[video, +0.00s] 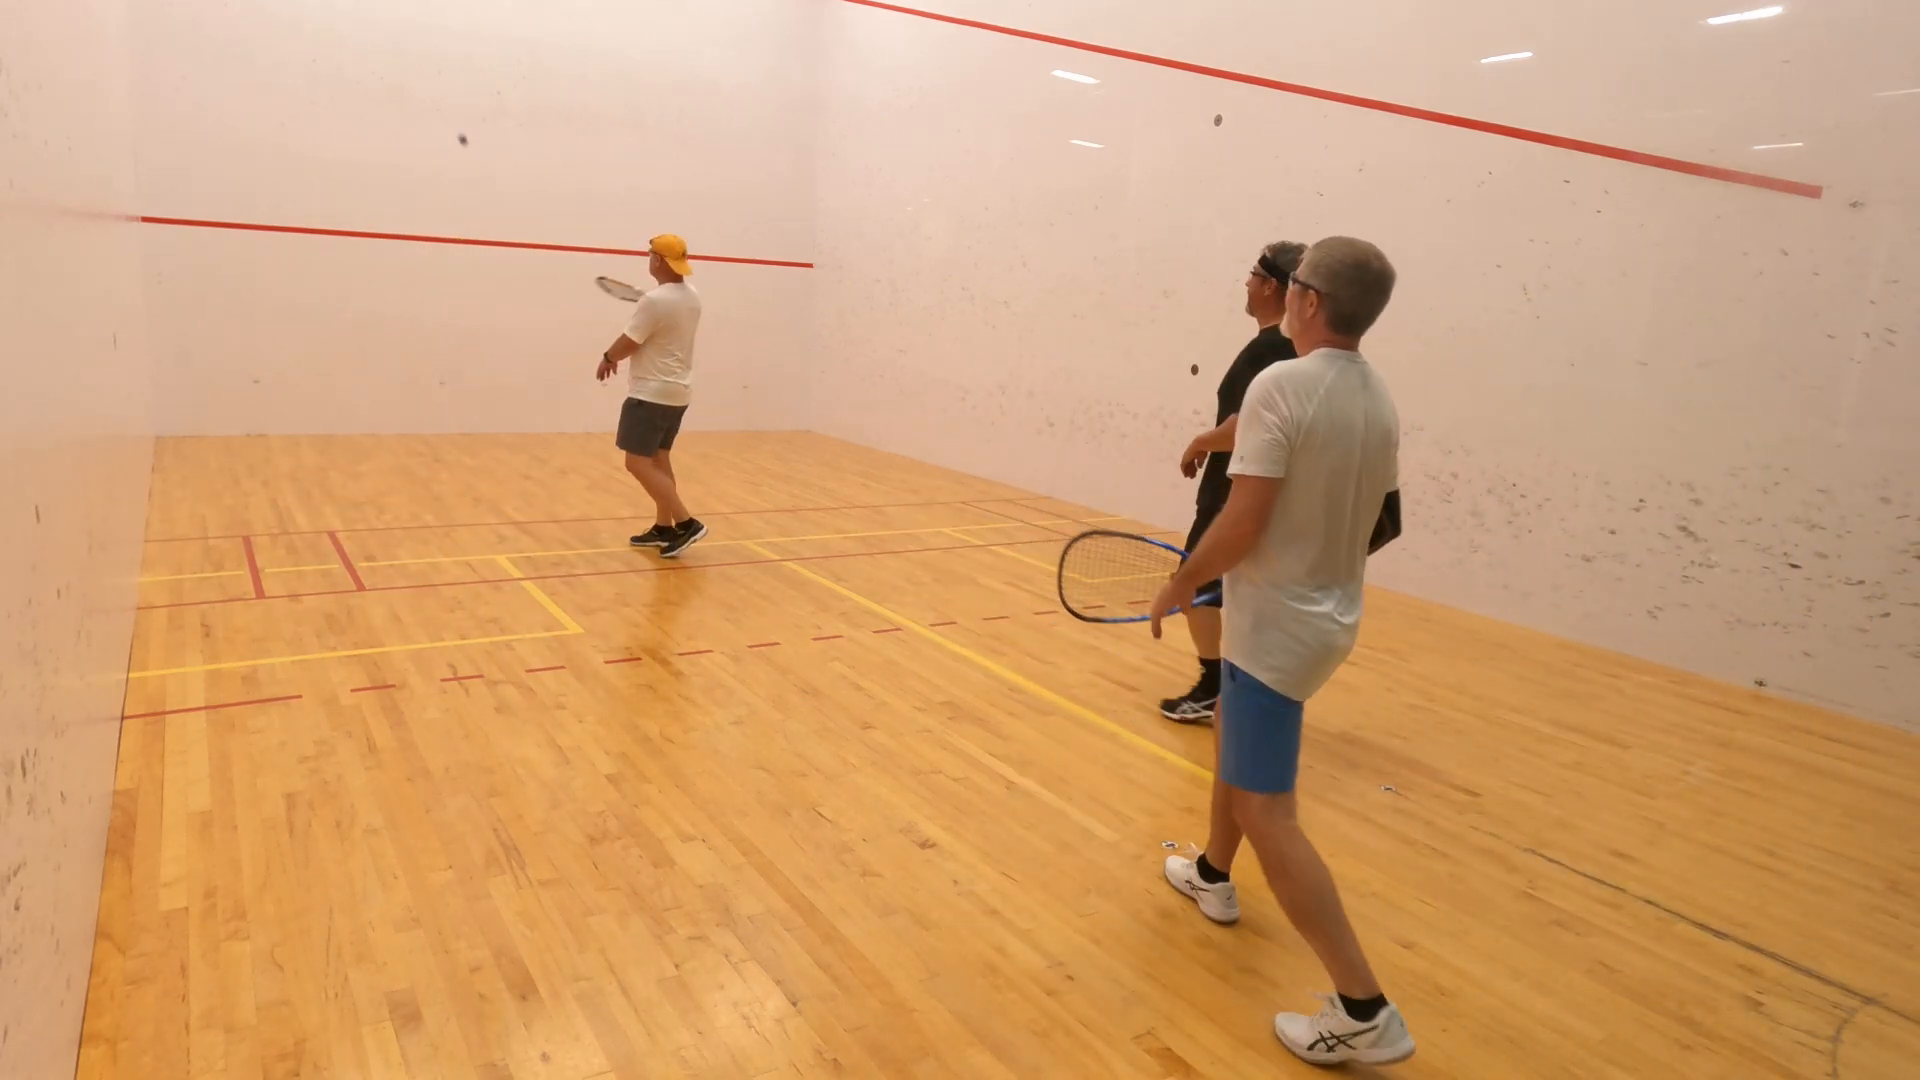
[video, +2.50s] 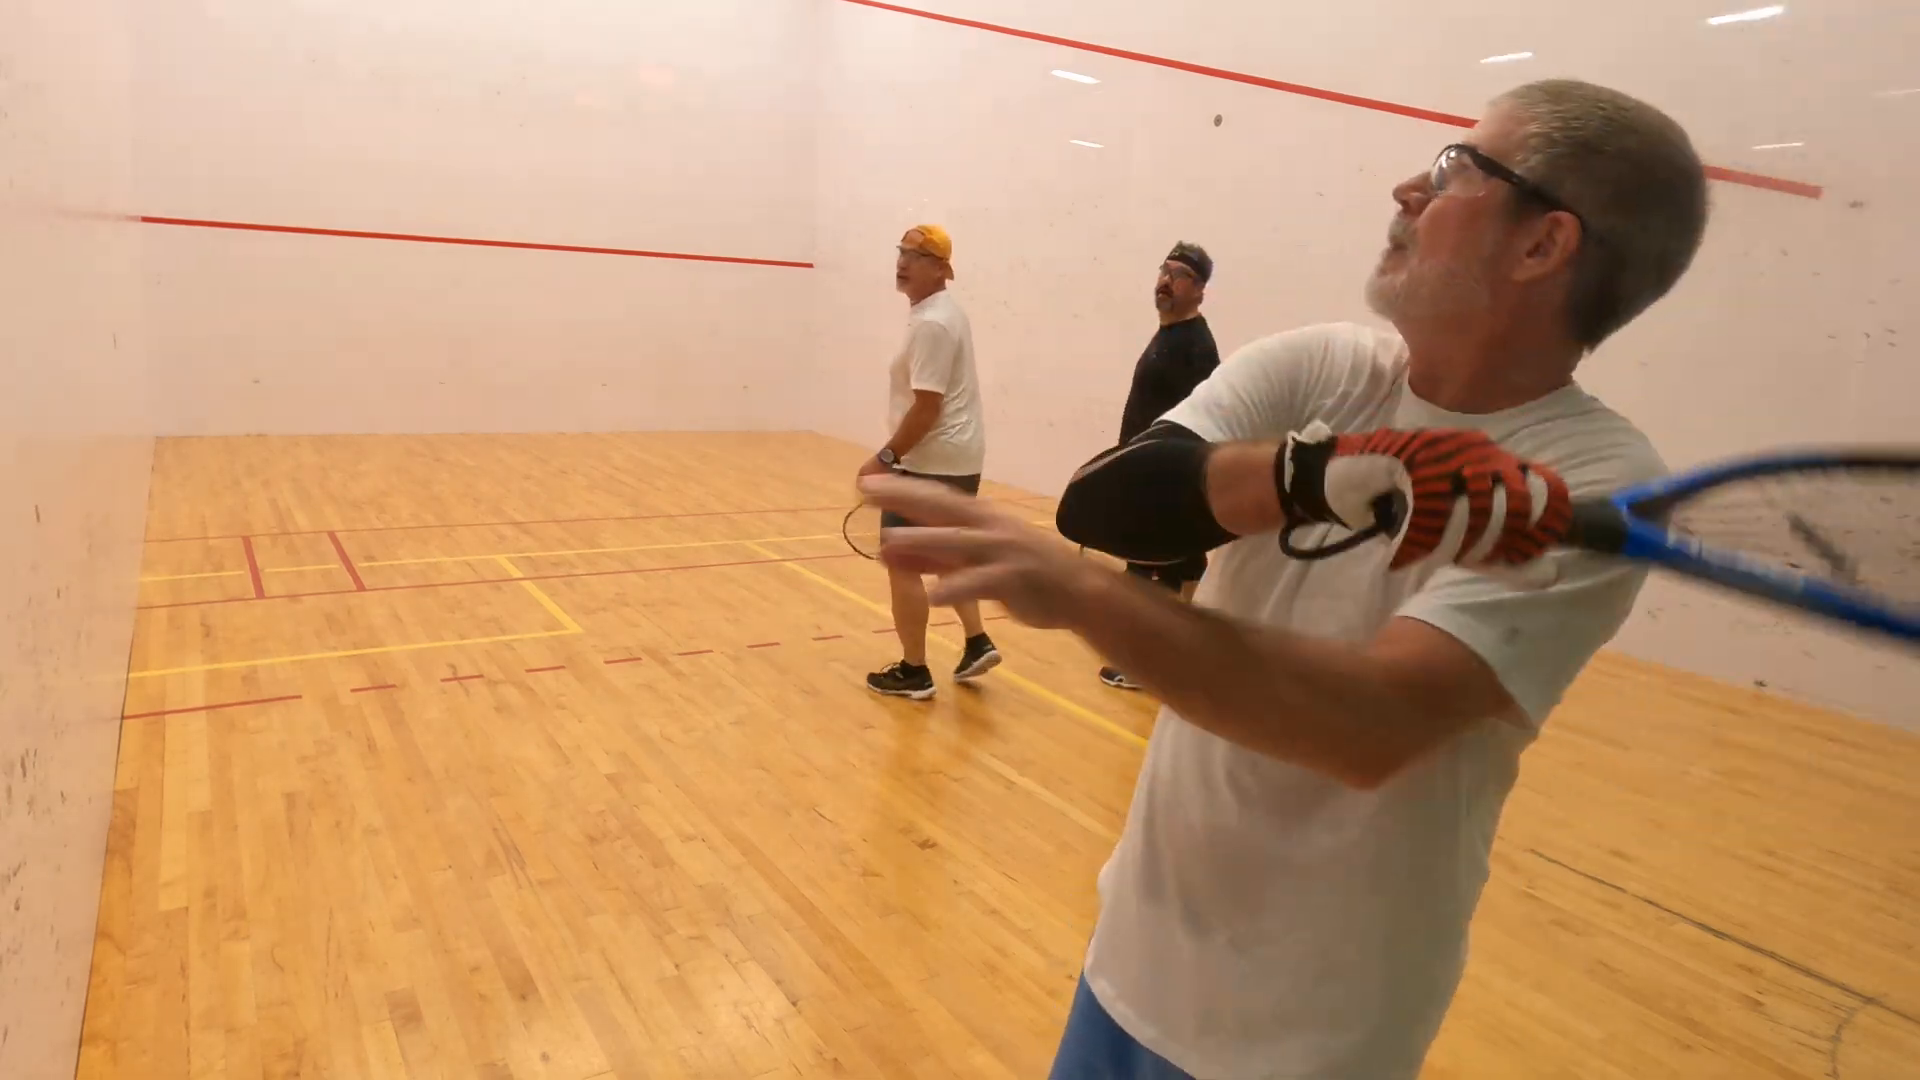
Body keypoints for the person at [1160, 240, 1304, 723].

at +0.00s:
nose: (1246, 283)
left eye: (1256, 276)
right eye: (1252, 274)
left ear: (1274, 289)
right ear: (1282, 292)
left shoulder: (1268, 352)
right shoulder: (1290, 350)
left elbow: (1250, 422)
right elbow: (1258, 420)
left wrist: (1200, 443)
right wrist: (1212, 442)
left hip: (1228, 495)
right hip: (1250, 493)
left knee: (1198, 584)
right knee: (1235, 587)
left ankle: (1212, 684)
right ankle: (1228, 685)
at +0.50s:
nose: (1173, 283)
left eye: (1179, 278)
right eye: (1177, 275)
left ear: (1197, 290)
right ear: (1215, 292)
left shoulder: (1192, 349)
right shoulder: (1243, 347)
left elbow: (1174, 421)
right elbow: (1230, 422)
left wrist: (1132, 445)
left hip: (1172, 486)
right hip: (1214, 488)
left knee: (1151, 572)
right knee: (1193, 566)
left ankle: (1148, 665)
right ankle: (1218, 650)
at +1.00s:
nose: (1143, 297)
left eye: (1151, 289)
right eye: (1144, 287)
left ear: (1179, 292)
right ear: (1181, 292)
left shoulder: (1195, 343)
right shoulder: (1210, 335)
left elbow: (1200, 418)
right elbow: (1202, 417)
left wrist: (1144, 450)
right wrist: (1157, 454)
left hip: (1175, 481)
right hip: (1202, 480)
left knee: (1156, 571)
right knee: (1200, 565)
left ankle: (1149, 664)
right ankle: (1197, 653)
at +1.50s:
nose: (1137, 308)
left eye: (1144, 299)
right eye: (1137, 298)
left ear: (1173, 297)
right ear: (1171, 298)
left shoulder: (1201, 345)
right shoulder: (1181, 335)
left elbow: (1211, 424)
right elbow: (1182, 414)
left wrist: (1154, 459)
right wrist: (1153, 465)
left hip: (1185, 477)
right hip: (1187, 475)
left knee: (1159, 566)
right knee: (1201, 561)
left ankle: (1150, 665)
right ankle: (1198, 653)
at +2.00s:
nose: (1168, 282)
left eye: (1179, 277)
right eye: (1166, 274)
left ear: (1201, 290)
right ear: (1161, 281)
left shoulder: (1203, 344)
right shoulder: (1170, 334)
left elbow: (1210, 418)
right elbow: (1153, 400)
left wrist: (1148, 448)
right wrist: (1131, 438)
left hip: (1185, 471)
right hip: (1171, 466)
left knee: (1157, 563)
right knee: (1199, 558)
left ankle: (1148, 663)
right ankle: (1197, 649)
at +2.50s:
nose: (1165, 282)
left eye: (1178, 276)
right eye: (1164, 272)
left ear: (1199, 290)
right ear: (1158, 279)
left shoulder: (1194, 344)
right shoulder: (1170, 331)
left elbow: (1197, 413)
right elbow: (1155, 402)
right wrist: (1128, 455)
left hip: (1170, 475)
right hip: (1150, 467)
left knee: (1149, 567)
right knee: (1178, 568)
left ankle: (1144, 659)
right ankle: (1144, 653)